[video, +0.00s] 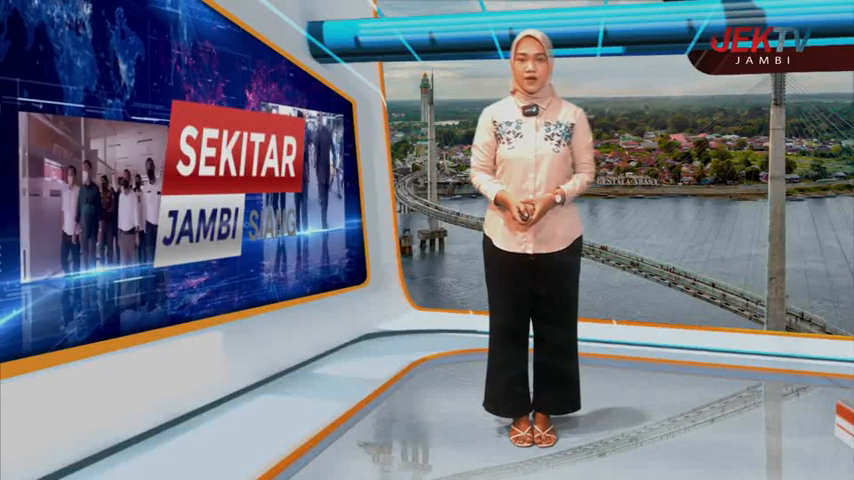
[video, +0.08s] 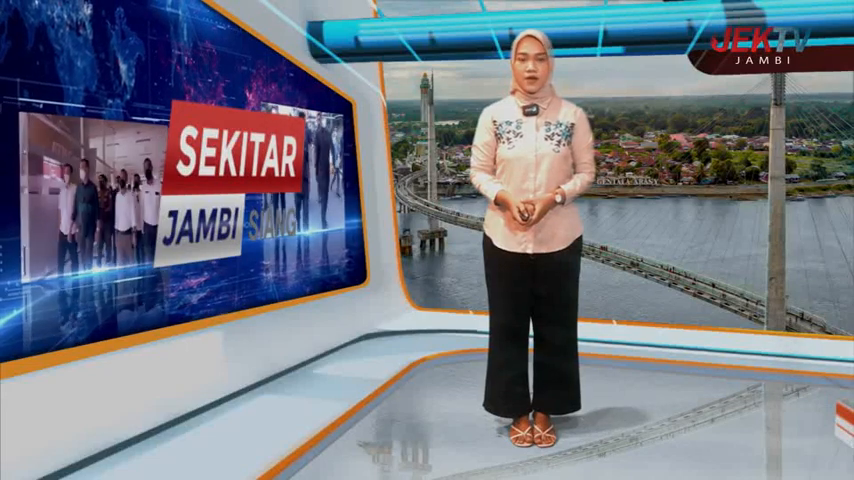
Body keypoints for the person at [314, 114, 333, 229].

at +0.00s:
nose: (319, 119)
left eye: (320, 117)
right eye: (317, 117)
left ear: (323, 119)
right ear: (316, 119)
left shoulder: (327, 132)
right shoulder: (316, 132)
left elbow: (333, 149)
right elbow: (315, 148)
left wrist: (334, 165)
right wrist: (315, 164)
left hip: (327, 163)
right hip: (319, 163)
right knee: (321, 182)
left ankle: (324, 220)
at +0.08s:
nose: (318, 121)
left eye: (320, 119)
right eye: (317, 119)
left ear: (323, 120)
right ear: (316, 121)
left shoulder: (327, 133)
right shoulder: (315, 134)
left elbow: (332, 149)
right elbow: (315, 150)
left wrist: (334, 164)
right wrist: (314, 165)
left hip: (326, 164)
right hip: (318, 164)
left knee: (325, 193)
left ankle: (324, 217)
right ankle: (320, 196)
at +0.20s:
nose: (318, 122)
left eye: (320, 120)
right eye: (317, 120)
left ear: (323, 121)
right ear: (316, 121)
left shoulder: (326, 133)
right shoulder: (316, 134)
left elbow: (331, 147)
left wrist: (331, 158)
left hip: (324, 161)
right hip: (317, 160)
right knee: (319, 179)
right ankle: (320, 194)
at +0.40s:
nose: (321, 124)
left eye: (323, 122)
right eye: (320, 122)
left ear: (325, 124)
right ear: (319, 124)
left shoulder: (327, 136)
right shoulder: (317, 136)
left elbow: (332, 151)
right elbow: (317, 160)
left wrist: (327, 146)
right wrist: (317, 174)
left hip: (326, 171)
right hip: (320, 172)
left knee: (327, 201)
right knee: (321, 202)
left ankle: (327, 222)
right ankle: (321, 223)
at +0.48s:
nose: (321, 127)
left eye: (323, 124)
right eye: (320, 124)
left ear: (326, 126)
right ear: (319, 125)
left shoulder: (327, 137)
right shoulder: (317, 137)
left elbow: (332, 152)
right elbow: (316, 158)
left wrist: (328, 146)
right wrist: (317, 173)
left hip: (326, 166)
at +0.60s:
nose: (321, 129)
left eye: (322, 127)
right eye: (319, 127)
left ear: (324, 128)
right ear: (317, 128)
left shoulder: (327, 141)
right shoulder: (317, 141)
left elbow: (332, 157)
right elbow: (316, 162)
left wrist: (328, 149)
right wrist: (319, 175)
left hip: (327, 172)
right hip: (321, 173)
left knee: (328, 198)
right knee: (321, 200)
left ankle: (329, 222)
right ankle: (320, 223)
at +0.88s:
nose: (321, 133)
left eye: (323, 131)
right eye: (320, 131)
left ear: (326, 132)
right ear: (318, 132)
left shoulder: (328, 144)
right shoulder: (320, 145)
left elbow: (334, 162)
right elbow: (318, 160)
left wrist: (330, 154)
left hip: (329, 174)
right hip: (322, 173)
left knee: (329, 196)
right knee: (325, 197)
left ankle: (328, 221)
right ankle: (325, 221)